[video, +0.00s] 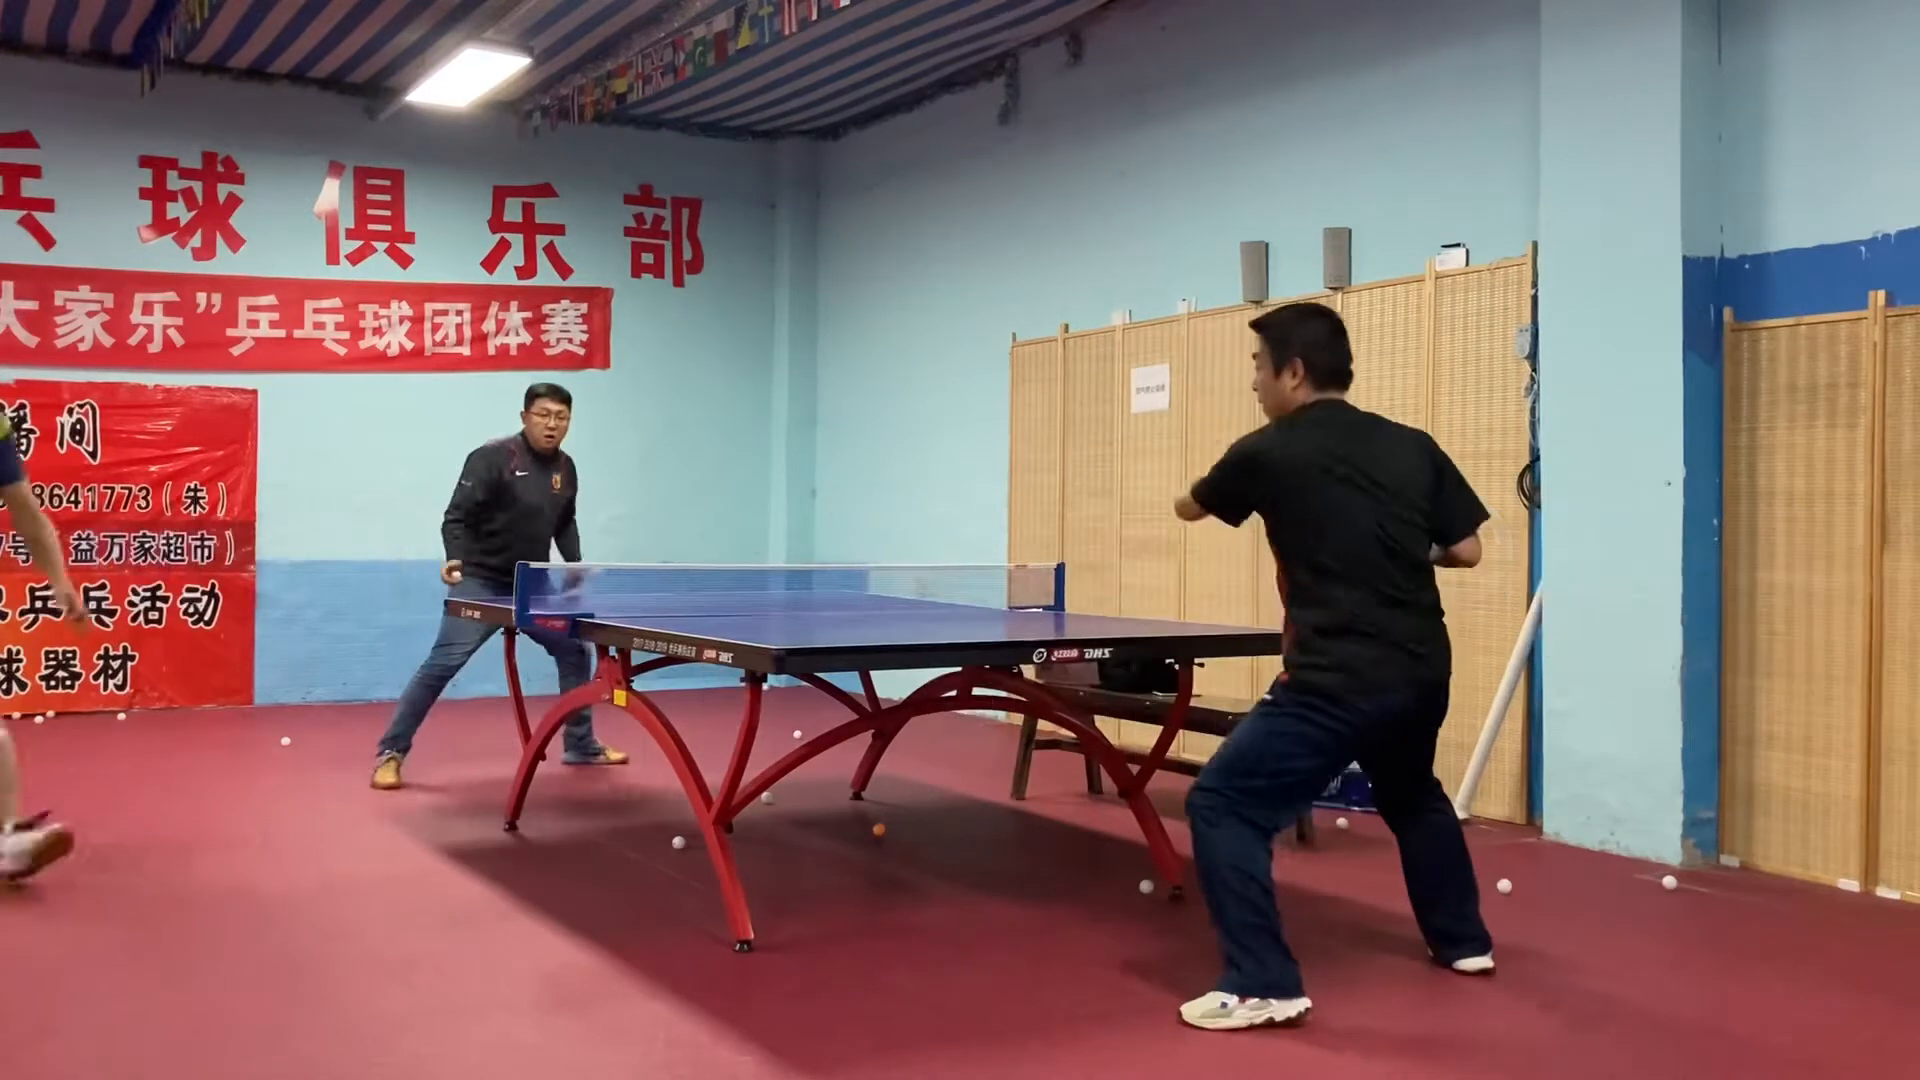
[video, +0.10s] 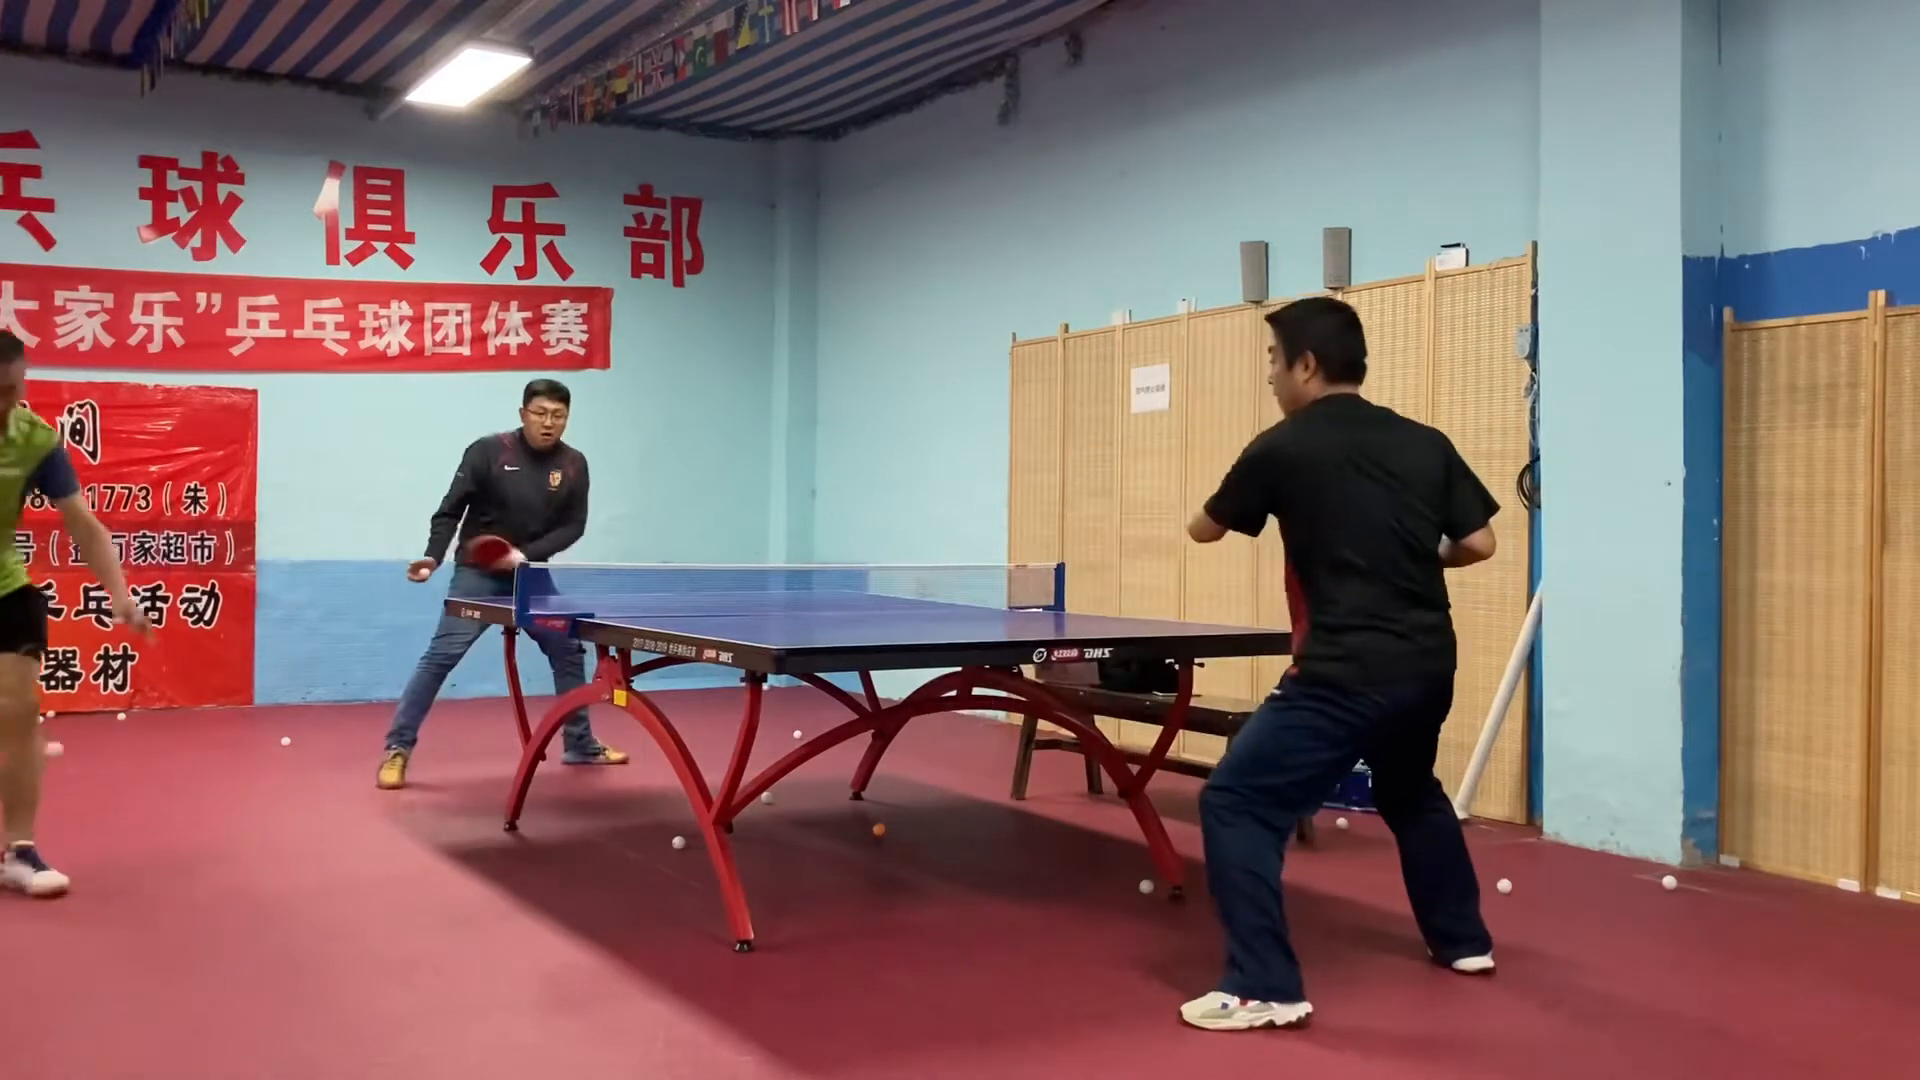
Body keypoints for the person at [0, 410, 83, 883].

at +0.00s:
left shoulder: (2, 428)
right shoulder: (4, 431)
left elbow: (26, 508)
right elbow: (26, 509)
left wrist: (60, 579)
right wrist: (61, 580)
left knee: (1, 723)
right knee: (0, 724)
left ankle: (9, 826)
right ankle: (7, 827)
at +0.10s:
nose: (12, 399)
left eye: (17, 387)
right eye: (6, 387)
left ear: (25, 380)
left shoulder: (32, 437)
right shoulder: (27, 435)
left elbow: (84, 525)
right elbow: (83, 525)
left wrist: (121, 596)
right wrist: (122, 598)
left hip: (10, 589)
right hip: (10, 591)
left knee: (19, 705)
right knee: (16, 708)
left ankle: (20, 846)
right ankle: (17, 846)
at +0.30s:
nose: (72, 462)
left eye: (84, 450)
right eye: (60, 449)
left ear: (98, 435)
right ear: (32, 426)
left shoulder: (111, 470)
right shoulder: (2, 453)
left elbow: (169, 553)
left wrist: (215, 634)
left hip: (58, 601)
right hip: (1, 602)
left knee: (77, 725)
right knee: (21, 703)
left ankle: (25, 845)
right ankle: (6, 850)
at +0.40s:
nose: (115, 507)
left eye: (127, 494)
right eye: (102, 494)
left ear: (140, 477)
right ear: (71, 471)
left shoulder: (153, 511)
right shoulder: (18, 493)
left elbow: (208, 593)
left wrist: (257, 676)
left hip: (79, 625)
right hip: (10, 619)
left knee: (93, 752)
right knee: (51, 718)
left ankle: (25, 841)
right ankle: (85, 874)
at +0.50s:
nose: (162, 565)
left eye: (173, 553)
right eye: (151, 554)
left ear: (185, 533)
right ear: (119, 535)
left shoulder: (191, 560)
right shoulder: (49, 545)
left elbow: (246, 644)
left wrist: (298, 739)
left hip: (98, 656)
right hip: (23, 643)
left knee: (120, 794)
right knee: (89, 732)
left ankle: (33, 833)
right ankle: (117, 902)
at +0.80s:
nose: (209, 701)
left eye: (223, 694)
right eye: (199, 693)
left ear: (243, 665)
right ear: (175, 658)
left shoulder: (254, 669)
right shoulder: (110, 630)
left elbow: (264, 775)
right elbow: (11, 670)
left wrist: (270, 882)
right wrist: (12, 778)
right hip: (50, 633)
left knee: (85, 807)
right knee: (126, 731)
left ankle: (22, 824)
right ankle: (120, 901)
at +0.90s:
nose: (213, 677)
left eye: (223, 666)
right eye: (201, 667)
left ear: (239, 644)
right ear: (176, 641)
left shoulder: (257, 642)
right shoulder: (104, 609)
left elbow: (252, 749)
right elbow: (13, 650)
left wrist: (243, 848)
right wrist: (11, 752)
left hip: (149, 654)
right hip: (68, 623)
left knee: (104, 790)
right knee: (126, 733)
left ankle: (33, 822)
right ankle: (122, 899)